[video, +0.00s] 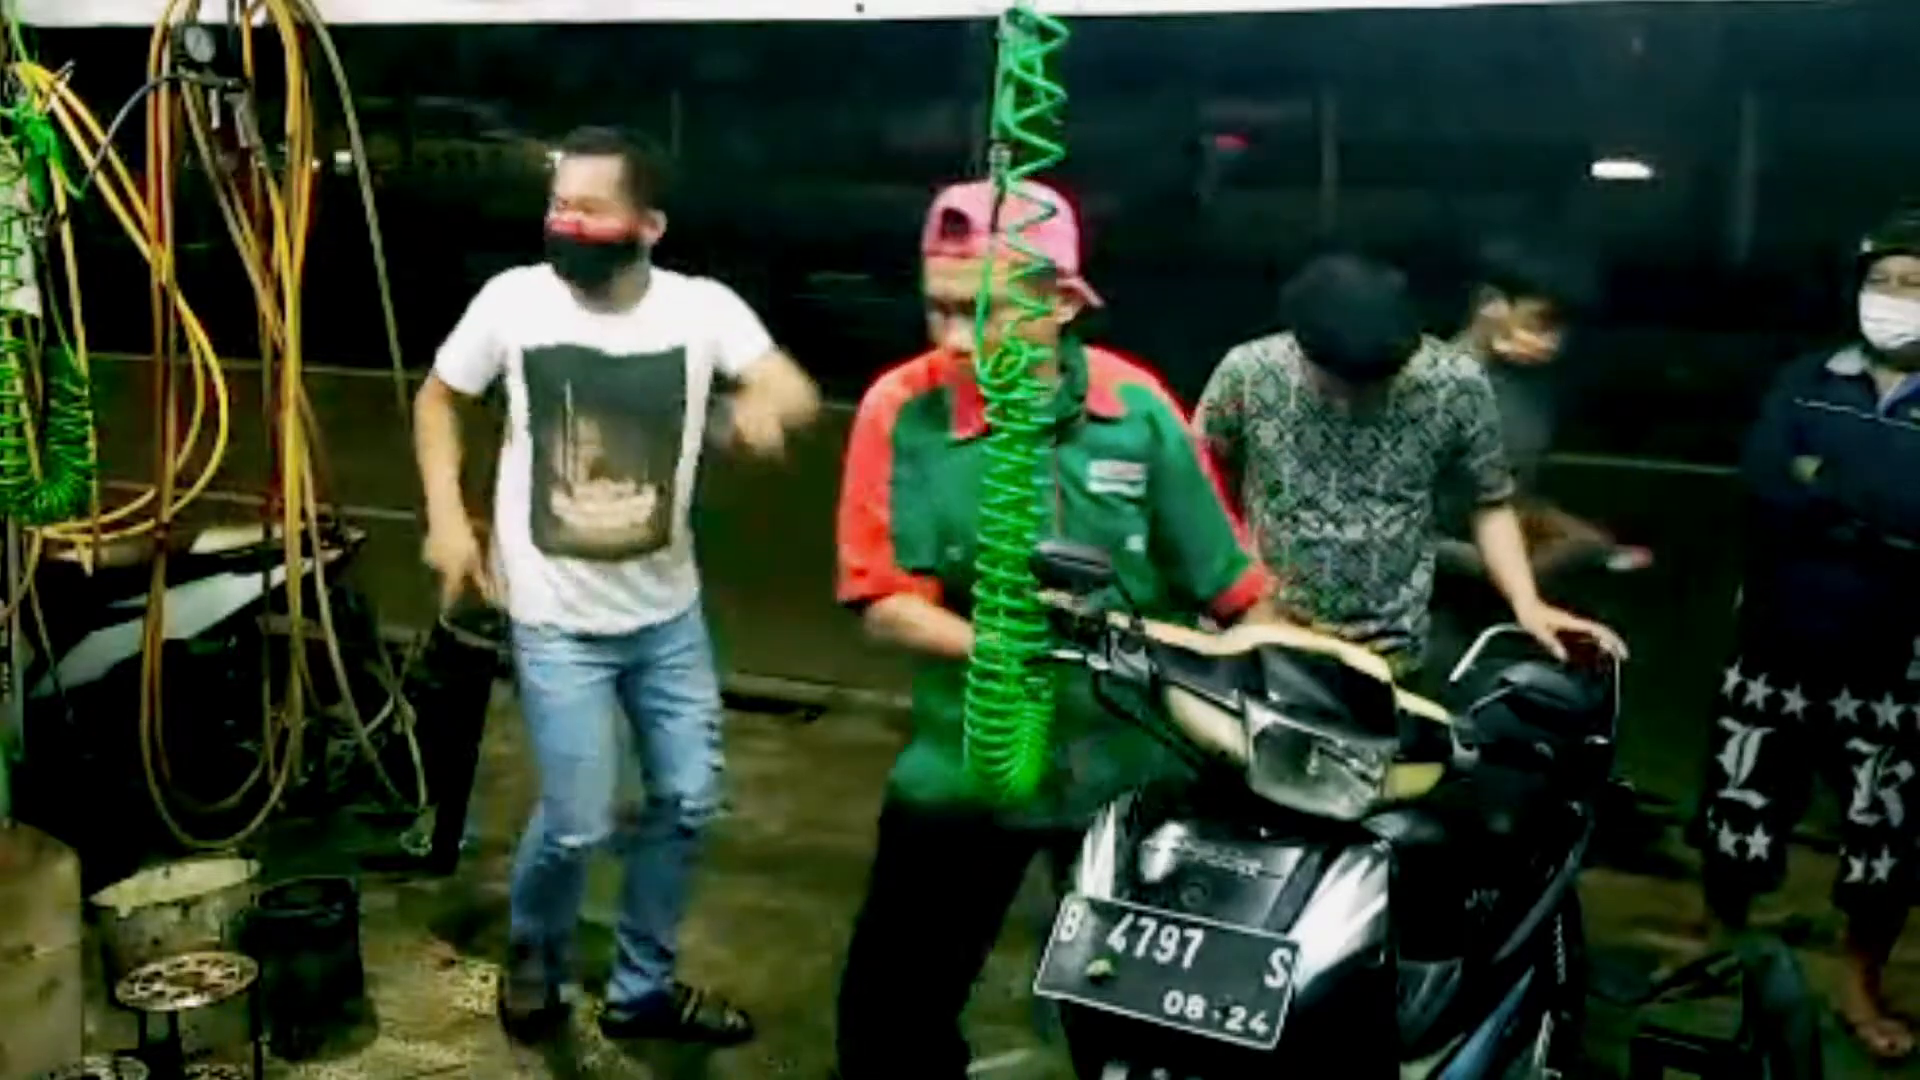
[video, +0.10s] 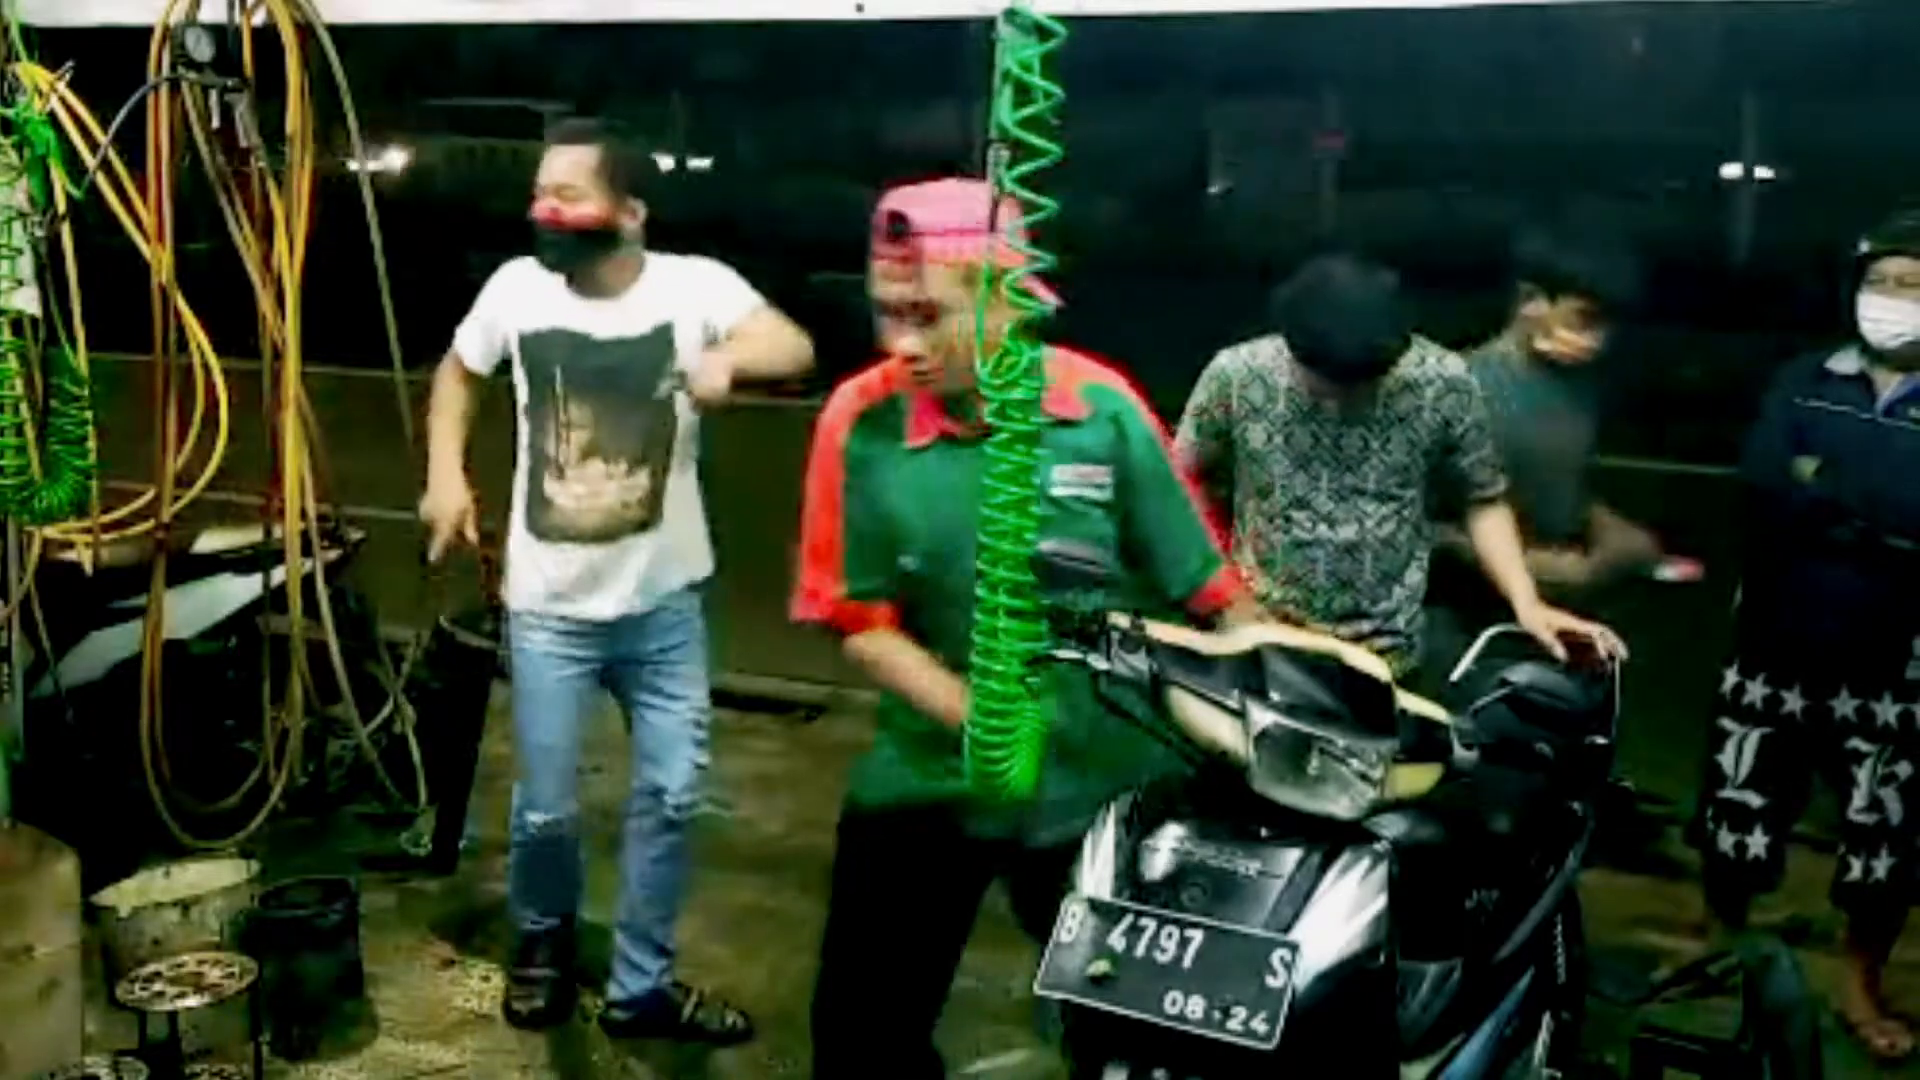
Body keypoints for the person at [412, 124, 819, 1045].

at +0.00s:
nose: (571, 229)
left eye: (593, 214)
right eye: (562, 209)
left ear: (649, 224)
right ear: (548, 209)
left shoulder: (703, 310)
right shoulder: (514, 304)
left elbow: (793, 386)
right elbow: (435, 401)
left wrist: (764, 410)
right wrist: (447, 522)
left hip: (665, 611)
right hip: (554, 617)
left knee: (688, 803)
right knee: (580, 821)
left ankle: (641, 990)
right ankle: (535, 952)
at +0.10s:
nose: (547, 215)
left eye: (567, 200)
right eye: (541, 198)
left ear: (628, 210)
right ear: (538, 205)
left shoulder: (693, 285)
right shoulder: (518, 290)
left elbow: (794, 350)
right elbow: (456, 374)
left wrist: (725, 356)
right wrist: (446, 477)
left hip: (663, 600)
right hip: (548, 605)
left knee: (674, 794)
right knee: (546, 805)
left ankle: (640, 989)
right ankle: (540, 945)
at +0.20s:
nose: (531, 208)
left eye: (551, 193)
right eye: (528, 193)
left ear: (613, 205)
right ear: (532, 205)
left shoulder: (680, 282)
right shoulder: (509, 290)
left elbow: (775, 342)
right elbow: (458, 367)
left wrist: (713, 358)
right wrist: (441, 455)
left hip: (655, 597)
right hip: (541, 600)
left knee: (673, 790)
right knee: (546, 797)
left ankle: (642, 983)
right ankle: (546, 948)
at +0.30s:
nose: (525, 216)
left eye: (544, 199)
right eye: (518, 199)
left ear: (603, 208)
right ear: (514, 208)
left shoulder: (671, 296)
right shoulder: (486, 306)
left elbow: (740, 389)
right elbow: (452, 412)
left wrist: (707, 459)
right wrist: (455, 496)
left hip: (650, 603)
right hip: (533, 609)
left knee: (675, 784)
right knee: (544, 801)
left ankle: (648, 979)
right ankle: (548, 952)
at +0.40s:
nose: (527, 218)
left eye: (547, 200)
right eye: (515, 200)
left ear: (599, 210)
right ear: (502, 210)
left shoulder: (660, 304)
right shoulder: (475, 321)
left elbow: (705, 430)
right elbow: (449, 441)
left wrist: (702, 537)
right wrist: (485, 528)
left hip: (648, 599)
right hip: (528, 606)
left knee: (695, 772)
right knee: (538, 797)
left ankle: (658, 967)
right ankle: (552, 942)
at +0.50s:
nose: (552, 219)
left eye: (569, 202)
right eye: (534, 203)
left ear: (599, 210)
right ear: (507, 215)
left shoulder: (640, 309)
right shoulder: (472, 330)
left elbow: (670, 430)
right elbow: (444, 467)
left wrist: (681, 525)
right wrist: (532, 503)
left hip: (634, 594)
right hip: (525, 605)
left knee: (703, 762)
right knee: (539, 777)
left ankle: (660, 933)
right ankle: (552, 933)